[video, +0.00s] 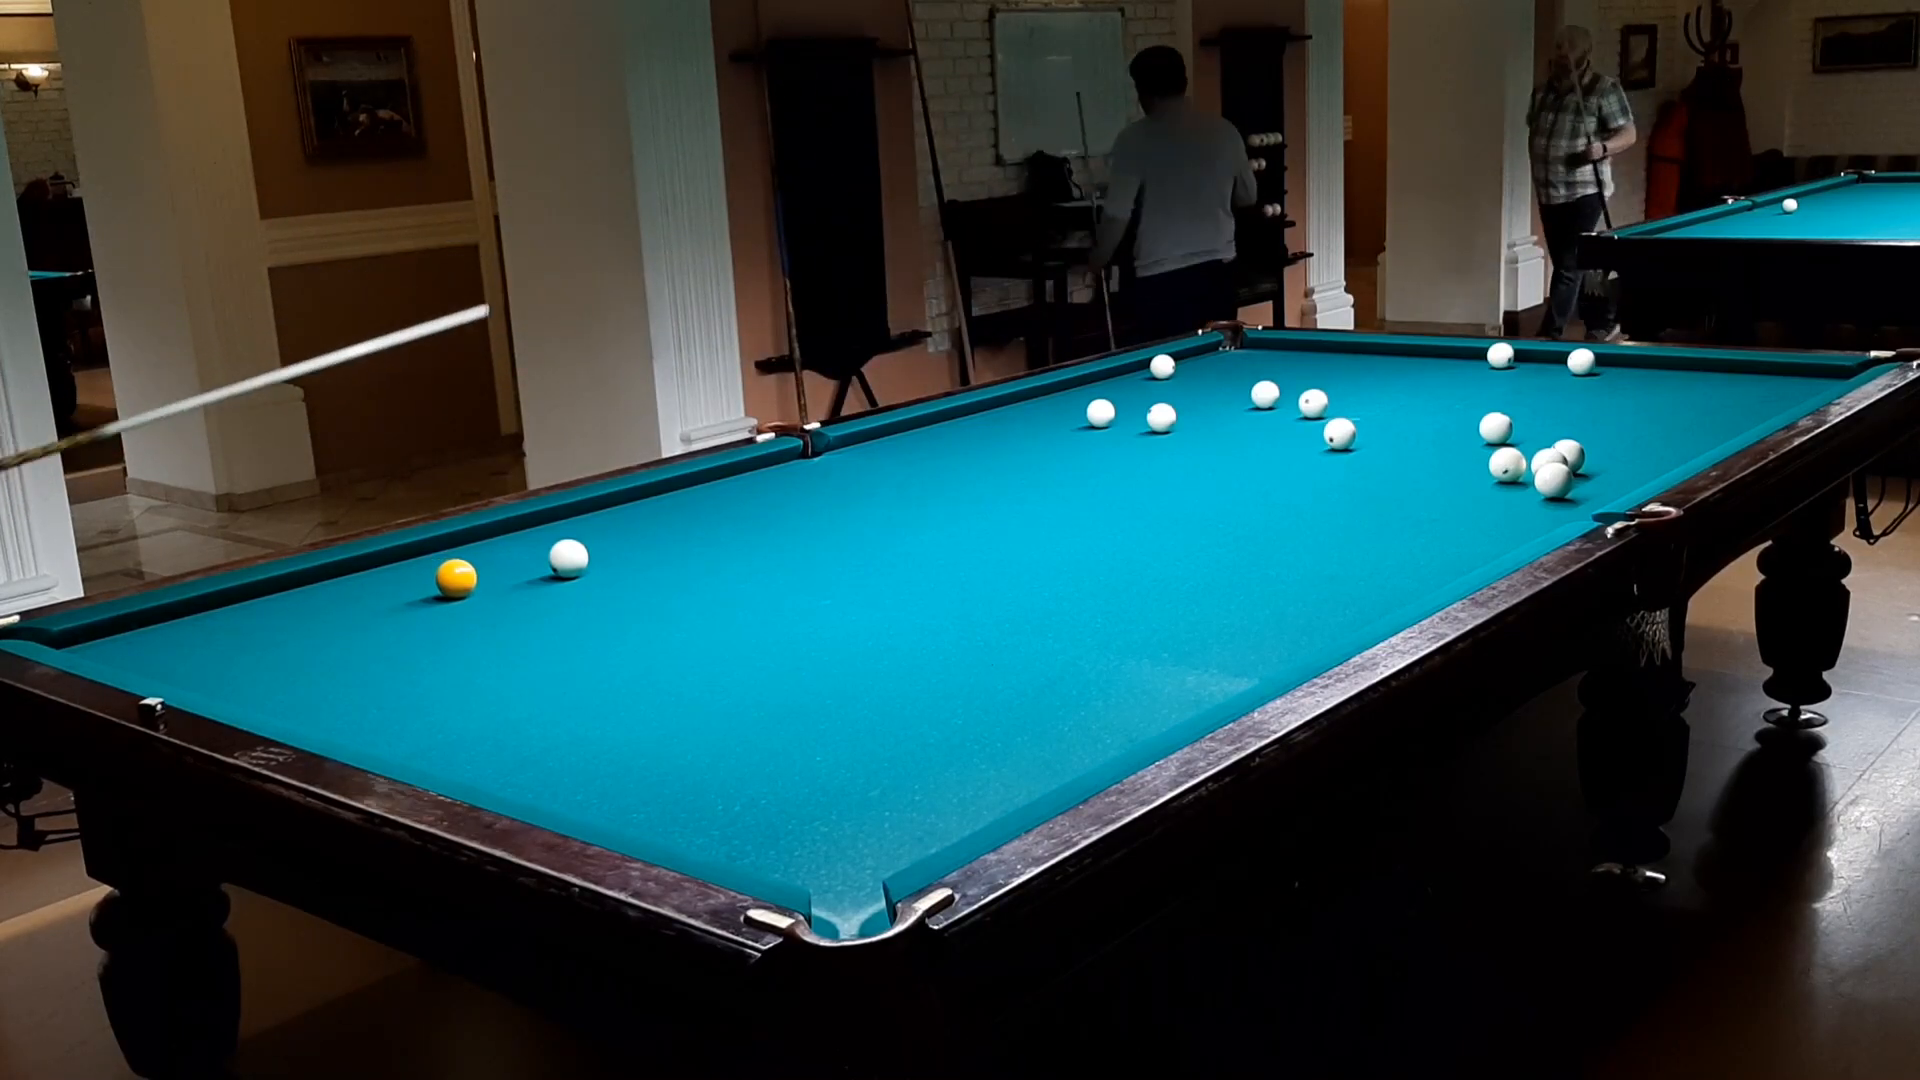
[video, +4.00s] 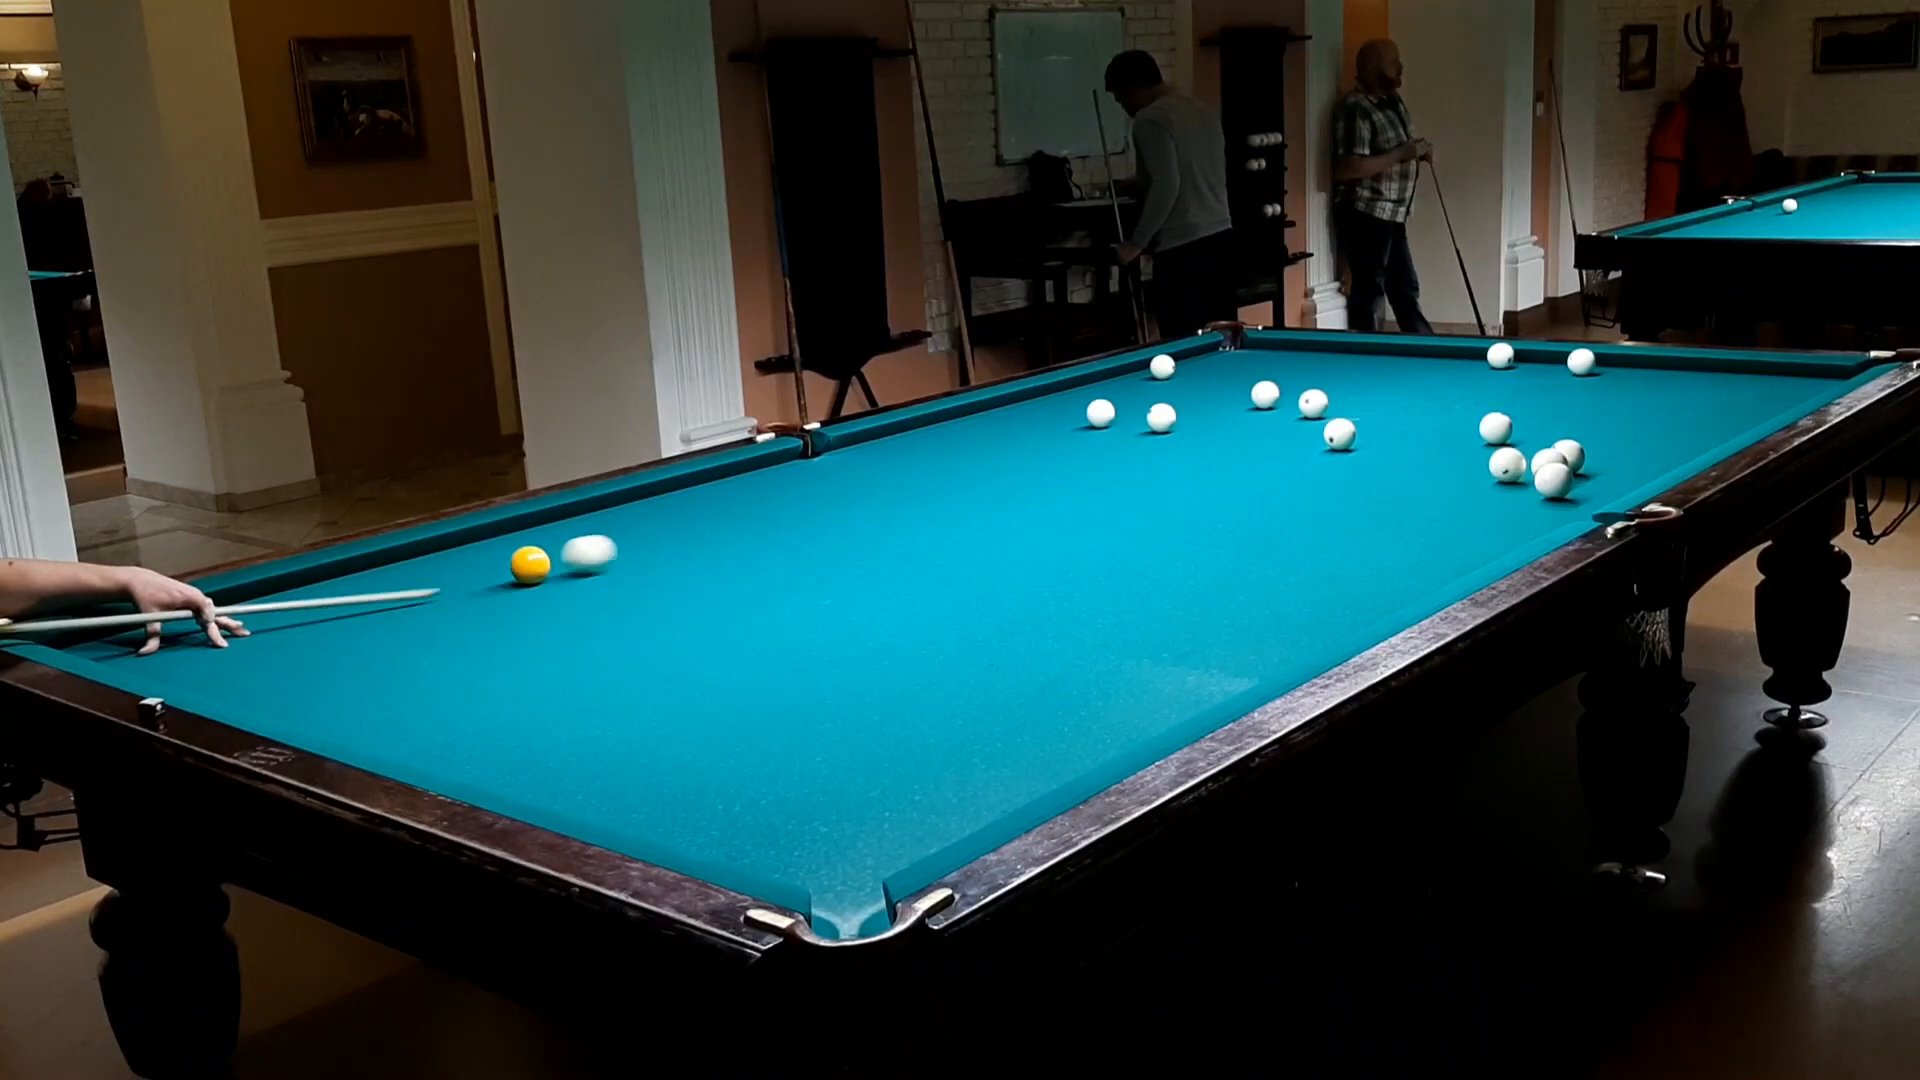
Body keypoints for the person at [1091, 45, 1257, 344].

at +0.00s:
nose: (1137, 96)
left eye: (1137, 88)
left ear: (1141, 91)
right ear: (1185, 82)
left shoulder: (1135, 138)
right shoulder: (1223, 130)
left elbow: (1117, 213)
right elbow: (1248, 195)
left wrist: (1098, 262)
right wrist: (1208, 194)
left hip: (1160, 276)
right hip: (1219, 269)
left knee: (1162, 370)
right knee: (1219, 369)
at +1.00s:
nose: (1163, 99)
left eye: (1163, 88)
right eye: (1160, 89)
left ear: (1178, 80)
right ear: (1199, 74)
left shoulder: (1199, 115)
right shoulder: (1235, 111)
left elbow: (1214, 177)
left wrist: (1163, 219)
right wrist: (1175, 178)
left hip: (1209, 250)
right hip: (1241, 244)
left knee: (1193, 346)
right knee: (1229, 342)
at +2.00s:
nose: (1130, 99)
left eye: (1130, 90)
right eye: (1128, 91)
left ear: (1144, 84)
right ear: (1168, 75)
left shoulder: (1164, 120)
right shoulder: (1210, 111)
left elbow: (1176, 188)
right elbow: (1217, 178)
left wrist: (1142, 241)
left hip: (1185, 254)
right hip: (1224, 246)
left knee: (1183, 350)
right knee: (1222, 342)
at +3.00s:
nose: (1123, 103)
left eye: (1121, 94)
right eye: (1120, 95)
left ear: (1131, 87)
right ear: (1159, 77)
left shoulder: (1153, 120)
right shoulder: (1201, 110)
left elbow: (1167, 183)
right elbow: (1207, 176)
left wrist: (1137, 242)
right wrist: (1141, 186)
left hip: (1181, 253)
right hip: (1221, 243)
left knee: (1181, 347)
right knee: (1220, 340)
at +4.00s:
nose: (1121, 106)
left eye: (1119, 97)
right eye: (1117, 99)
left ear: (1130, 88)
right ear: (1155, 78)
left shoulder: (1150, 121)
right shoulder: (1201, 110)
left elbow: (1165, 183)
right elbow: (1206, 172)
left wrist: (1136, 243)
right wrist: (1142, 184)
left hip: (1180, 251)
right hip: (1222, 241)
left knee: (1181, 345)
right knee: (1221, 337)